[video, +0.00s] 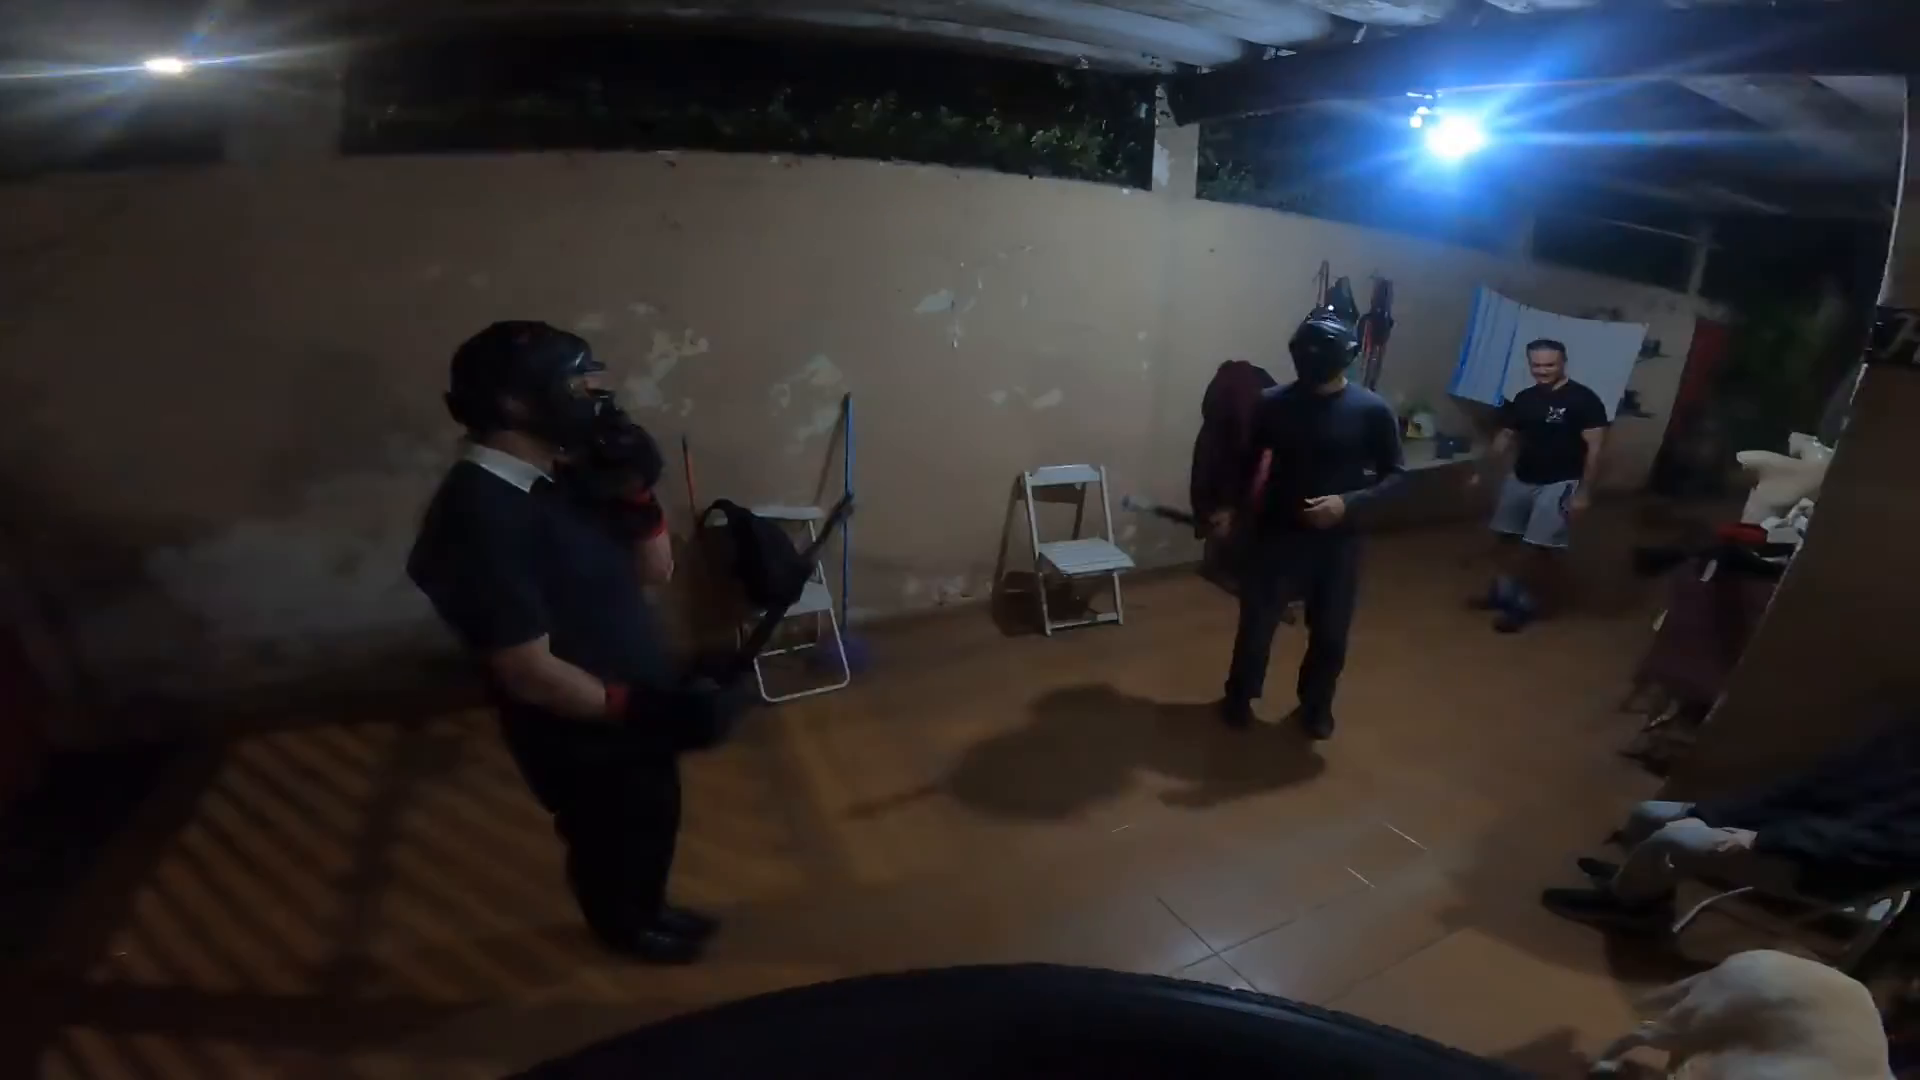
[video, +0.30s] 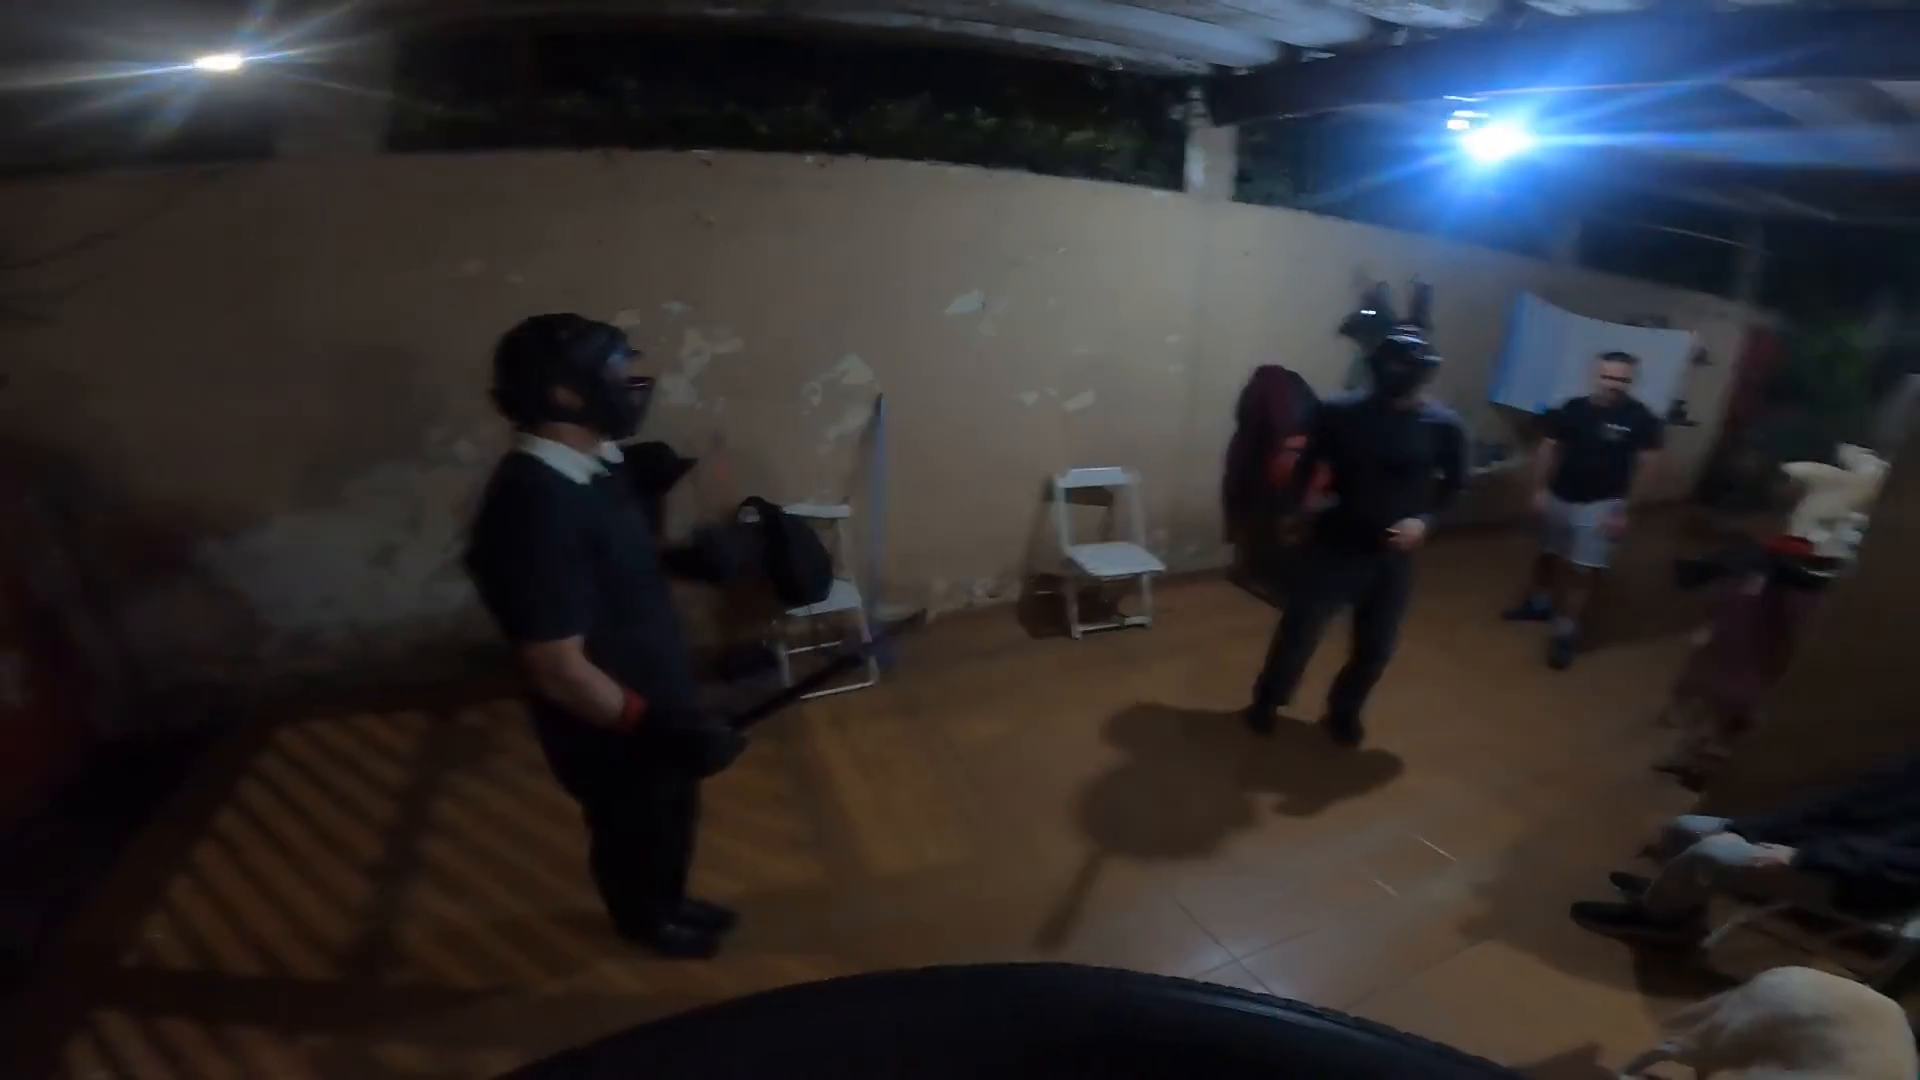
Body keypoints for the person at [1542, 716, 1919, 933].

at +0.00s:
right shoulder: (1898, 752)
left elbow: (1877, 849)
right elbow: (1811, 790)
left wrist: (1764, 842)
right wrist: (1710, 813)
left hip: (1824, 866)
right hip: (1790, 827)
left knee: (1672, 841)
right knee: (1647, 816)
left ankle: (1624, 901)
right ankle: (1631, 877)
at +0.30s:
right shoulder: (1908, 780)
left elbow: (1899, 867)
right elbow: (1844, 807)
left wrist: (1801, 859)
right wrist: (1748, 830)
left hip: (1852, 883)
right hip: (1822, 845)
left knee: (1709, 854)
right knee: (1685, 830)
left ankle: (1656, 913)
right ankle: (1662, 894)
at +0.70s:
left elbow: (1910, 877)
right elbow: (1882, 832)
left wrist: (1842, 874)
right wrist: (1786, 844)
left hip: (1891, 901)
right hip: (1866, 862)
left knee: (1748, 873)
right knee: (1721, 847)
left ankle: (1685, 930)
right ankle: (1706, 912)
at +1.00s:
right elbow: (1902, 856)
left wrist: (1881, 895)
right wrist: (1826, 865)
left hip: (1904, 915)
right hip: (1884, 881)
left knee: (1784, 891)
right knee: (1763, 863)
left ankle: (1720, 947)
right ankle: (1735, 927)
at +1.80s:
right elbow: (1907, 864)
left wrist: (1898, 904)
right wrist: (1838, 875)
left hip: (1910, 922)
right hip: (1899, 889)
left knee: (1801, 900)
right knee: (1780, 871)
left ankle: (1732, 957)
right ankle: (1741, 932)